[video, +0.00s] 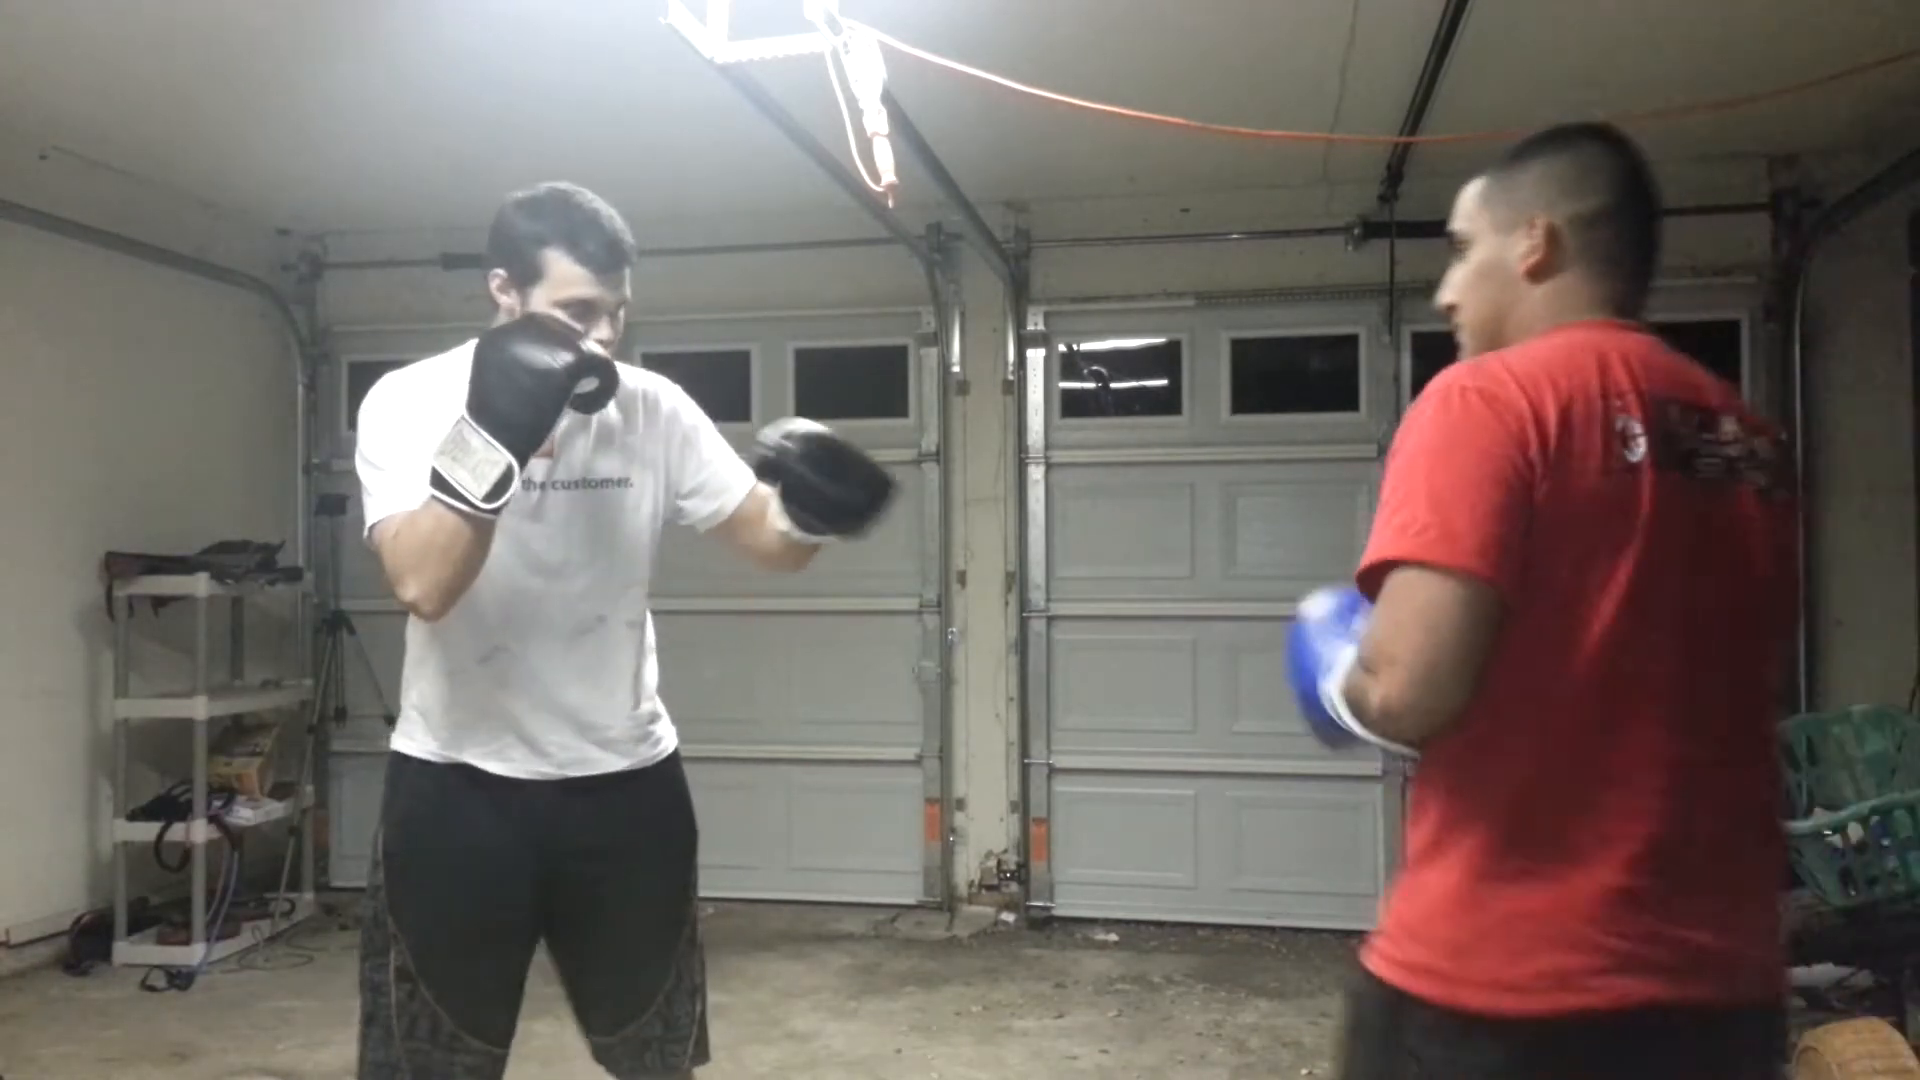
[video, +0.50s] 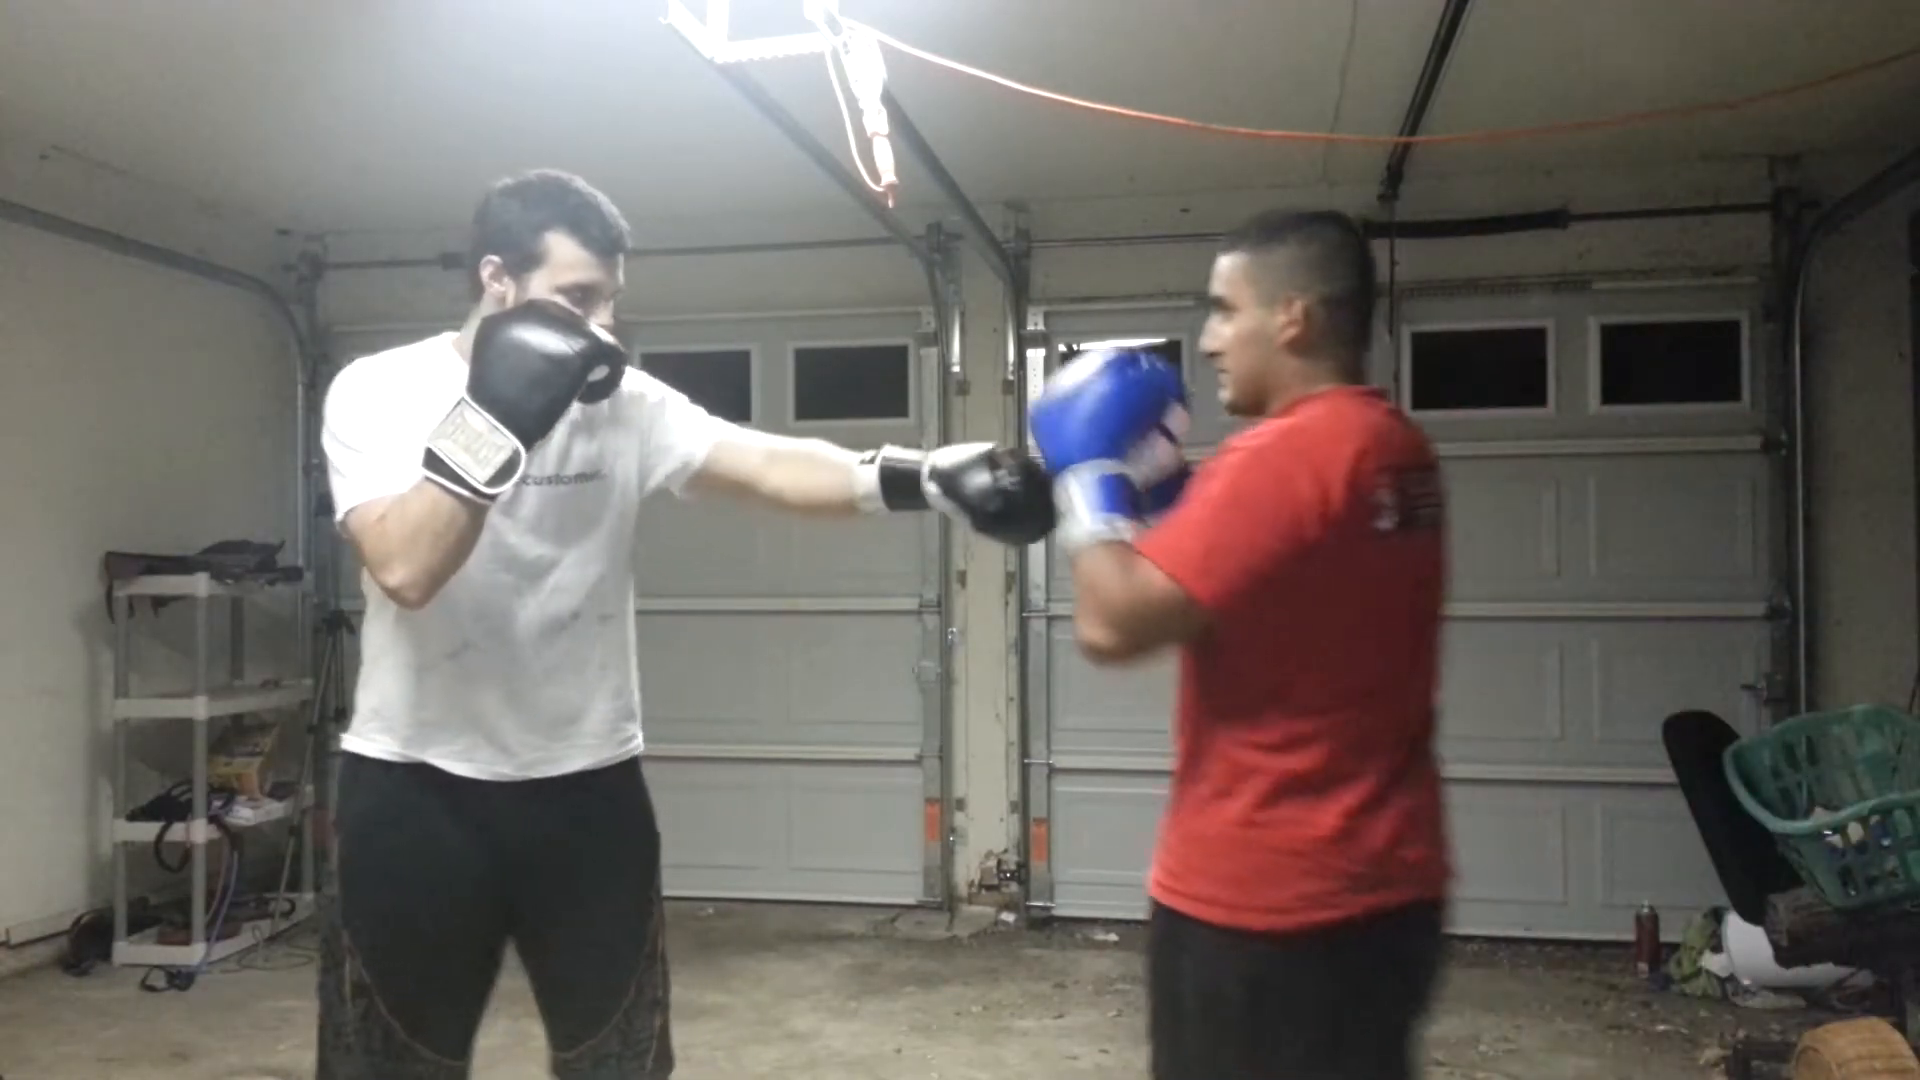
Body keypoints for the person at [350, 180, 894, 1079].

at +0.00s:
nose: (601, 337)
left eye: (615, 313)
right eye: (578, 312)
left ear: (628, 306)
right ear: (502, 297)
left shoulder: (655, 408)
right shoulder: (410, 402)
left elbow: (772, 543)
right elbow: (422, 585)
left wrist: (809, 511)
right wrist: (494, 432)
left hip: (626, 789)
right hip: (457, 792)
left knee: (659, 1060)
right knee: (432, 1063)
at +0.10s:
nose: (612, 337)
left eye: (624, 312)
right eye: (586, 311)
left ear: (636, 303)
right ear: (508, 296)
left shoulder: (660, 408)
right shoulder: (414, 400)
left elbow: (773, 528)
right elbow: (427, 585)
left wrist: (826, 512)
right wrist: (502, 433)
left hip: (629, 788)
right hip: (459, 792)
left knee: (664, 1059)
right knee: (441, 1063)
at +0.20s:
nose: (612, 336)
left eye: (624, 312)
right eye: (587, 309)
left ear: (636, 305)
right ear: (508, 293)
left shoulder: (658, 408)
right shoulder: (412, 398)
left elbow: (775, 525)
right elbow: (426, 583)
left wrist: (830, 505)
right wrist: (503, 431)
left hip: (624, 789)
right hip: (455, 794)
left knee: (663, 1060)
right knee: (436, 1063)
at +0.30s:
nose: (609, 332)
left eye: (621, 308)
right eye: (586, 306)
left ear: (634, 300)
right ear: (508, 289)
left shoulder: (652, 408)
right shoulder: (405, 395)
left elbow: (777, 512)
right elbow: (420, 579)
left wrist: (842, 496)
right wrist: (503, 427)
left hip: (615, 794)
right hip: (444, 797)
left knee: (653, 1064)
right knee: (431, 1064)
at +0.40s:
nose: (607, 329)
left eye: (619, 304)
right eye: (582, 302)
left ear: (626, 296)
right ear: (504, 285)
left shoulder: (639, 406)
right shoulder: (394, 394)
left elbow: (780, 491)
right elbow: (414, 575)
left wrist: (884, 487)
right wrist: (502, 419)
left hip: (604, 795)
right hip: (432, 795)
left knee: (639, 1064)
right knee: (414, 1065)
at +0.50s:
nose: (597, 327)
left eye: (609, 305)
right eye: (576, 299)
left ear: (615, 295)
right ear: (495, 281)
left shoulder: (622, 402)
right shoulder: (378, 393)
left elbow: (769, 465)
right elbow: (403, 569)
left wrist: (921, 474)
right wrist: (497, 409)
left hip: (589, 793)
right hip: (415, 793)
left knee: (621, 1058)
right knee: (391, 1060)